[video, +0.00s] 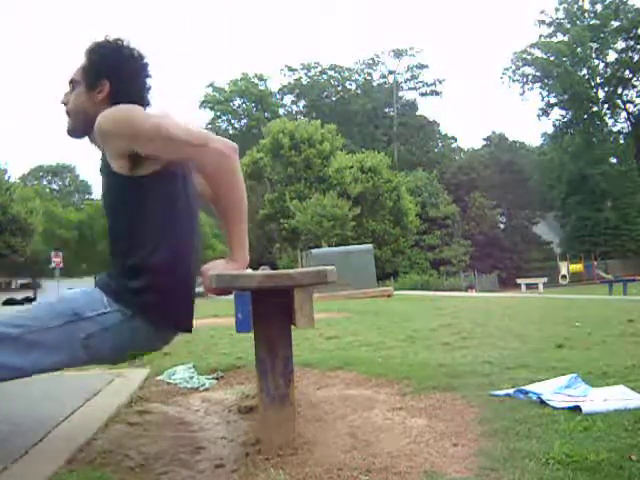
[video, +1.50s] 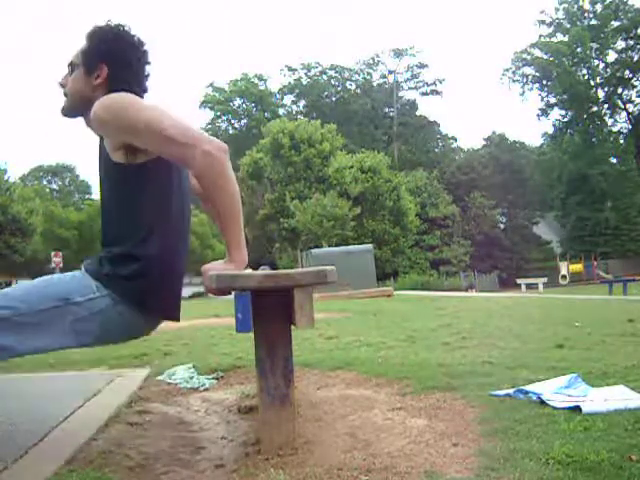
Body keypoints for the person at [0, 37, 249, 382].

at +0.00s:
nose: (64, 99)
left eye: (73, 86)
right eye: (69, 86)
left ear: (101, 91)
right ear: (102, 92)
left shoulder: (114, 122)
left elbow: (222, 154)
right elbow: (211, 190)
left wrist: (239, 259)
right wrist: (243, 251)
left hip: (134, 308)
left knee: (3, 338)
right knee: (9, 326)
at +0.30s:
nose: (64, 121)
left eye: (74, 111)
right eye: (70, 110)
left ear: (99, 121)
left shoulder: (116, 146)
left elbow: (225, 155)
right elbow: (219, 193)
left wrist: (240, 258)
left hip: (144, 332)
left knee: (5, 349)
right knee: (10, 340)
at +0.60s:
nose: (76, 18)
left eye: (86, 6)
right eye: (81, 7)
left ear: (112, 10)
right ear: (111, 12)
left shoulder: (129, 53)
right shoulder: (155, 63)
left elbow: (177, 158)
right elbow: (181, 160)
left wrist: (226, 253)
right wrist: (227, 254)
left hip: (101, 237)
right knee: (4, 315)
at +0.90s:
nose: (65, 82)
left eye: (75, 68)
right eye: (70, 69)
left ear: (103, 71)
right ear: (103, 72)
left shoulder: (115, 104)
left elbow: (213, 153)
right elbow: (219, 153)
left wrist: (238, 257)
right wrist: (239, 255)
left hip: (120, 293)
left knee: (1, 327)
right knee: (4, 317)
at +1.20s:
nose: (60, 155)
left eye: (67, 144)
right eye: (63, 144)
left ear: (94, 147)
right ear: (90, 148)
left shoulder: (112, 172)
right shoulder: (165, 193)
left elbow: (218, 156)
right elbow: (222, 189)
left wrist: (239, 257)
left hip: (140, 360)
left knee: (4, 344)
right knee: (7, 340)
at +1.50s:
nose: (62, 81)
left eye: (72, 69)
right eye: (68, 69)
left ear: (99, 76)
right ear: (100, 77)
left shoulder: (110, 109)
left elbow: (212, 153)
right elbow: (202, 187)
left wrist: (237, 257)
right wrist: (240, 250)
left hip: (120, 293)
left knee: (2, 316)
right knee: (5, 311)